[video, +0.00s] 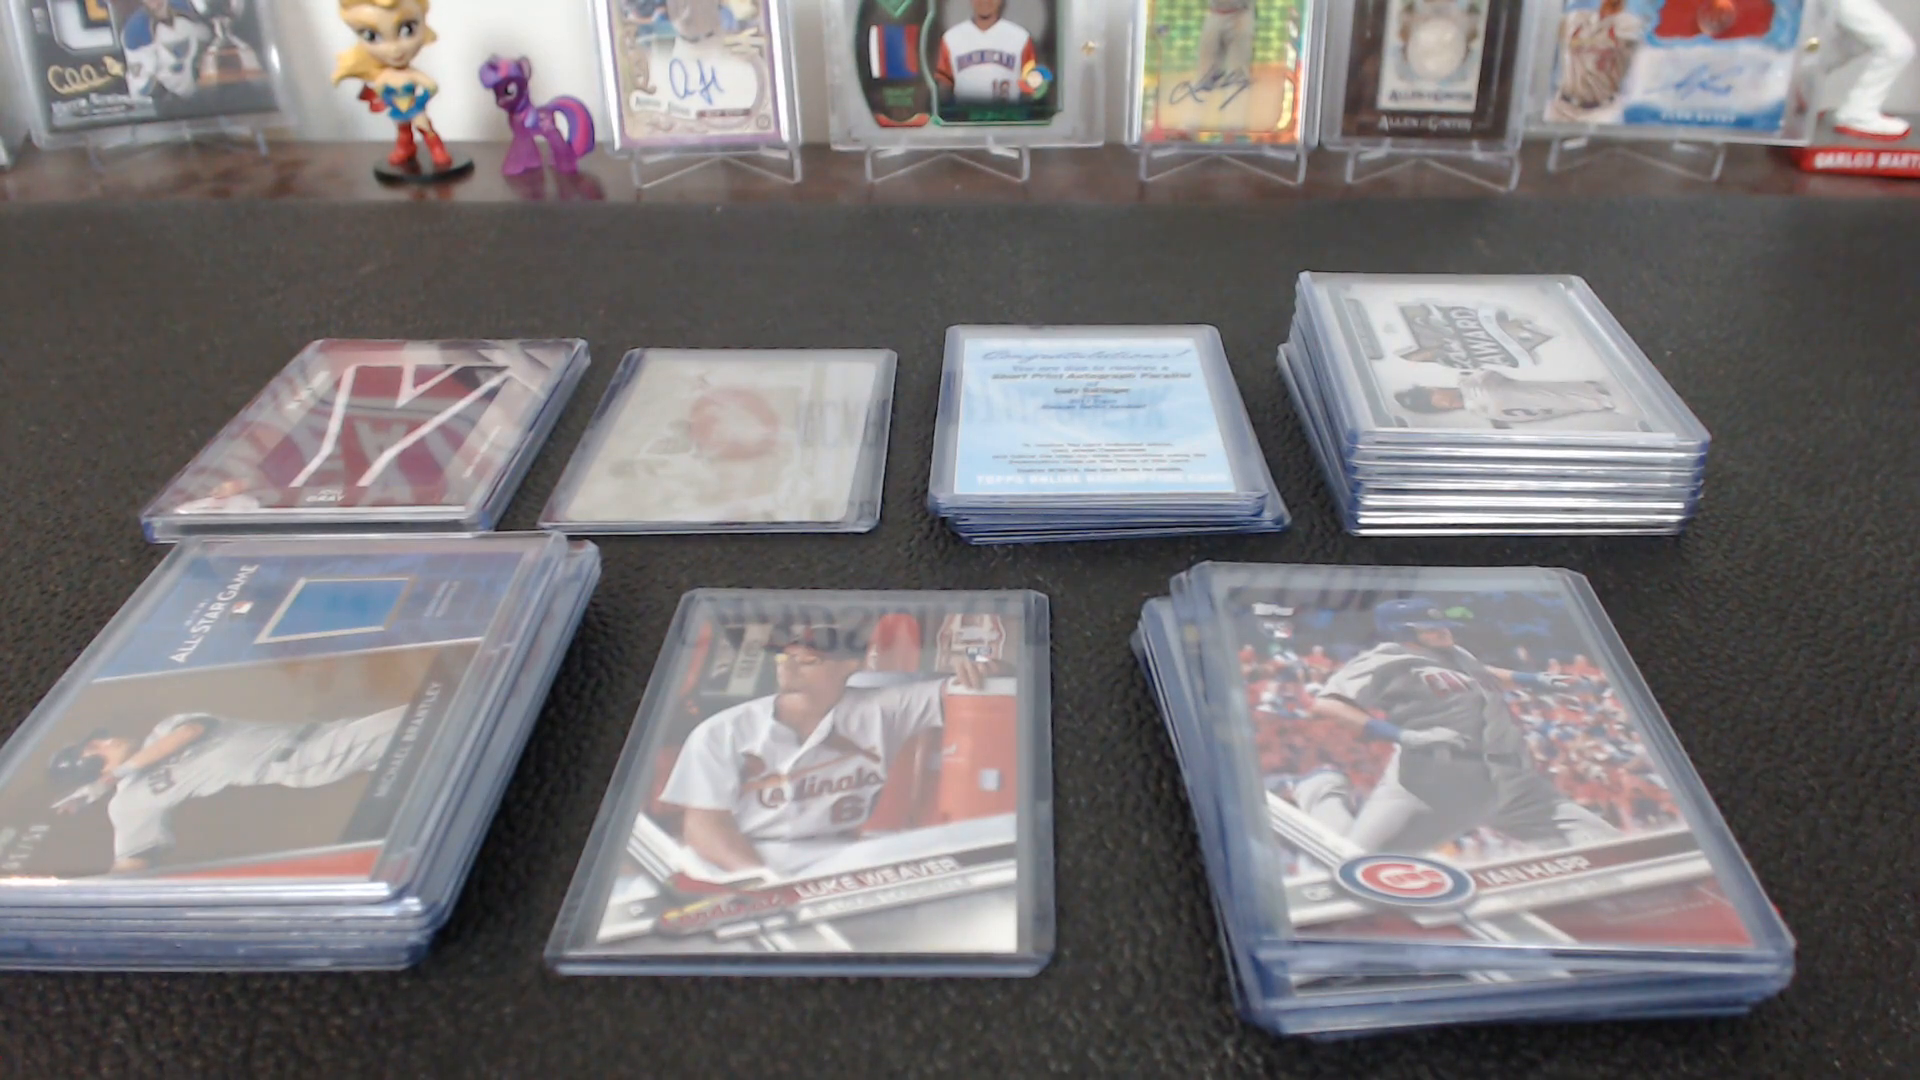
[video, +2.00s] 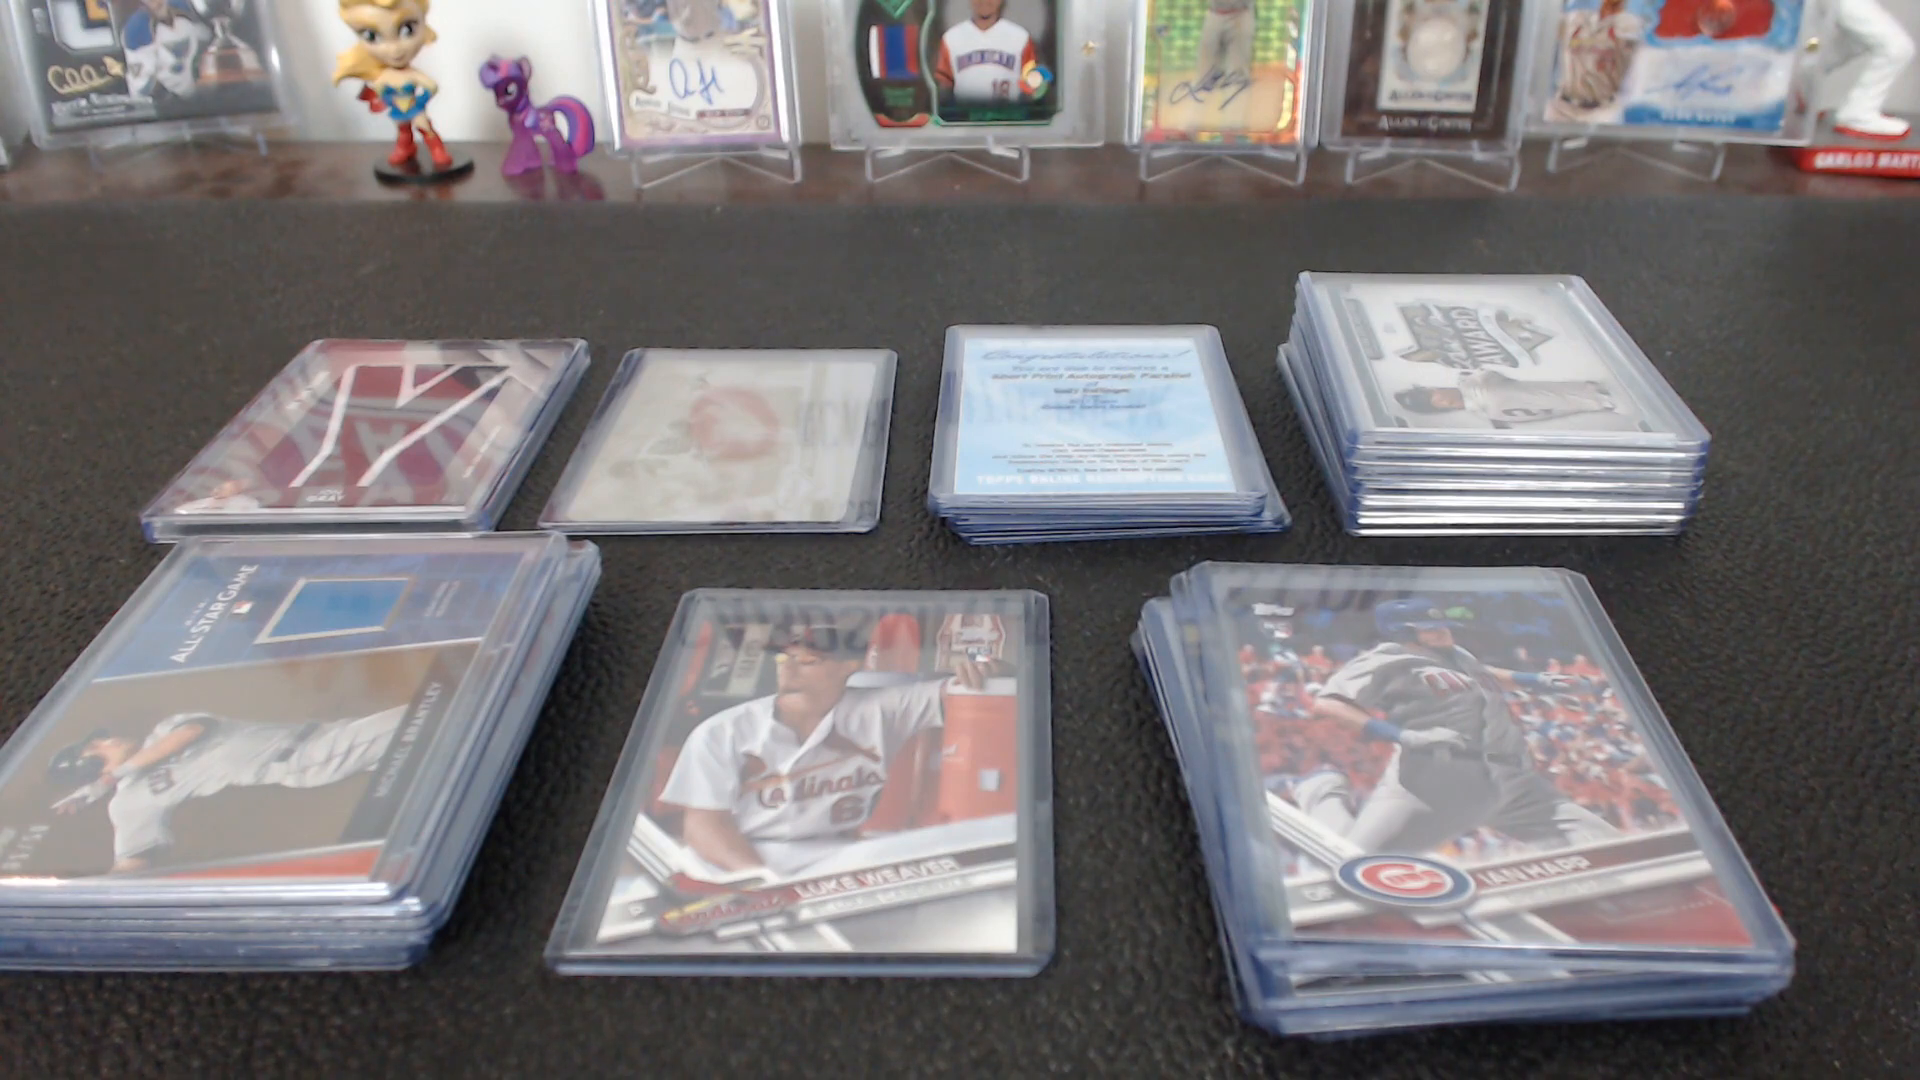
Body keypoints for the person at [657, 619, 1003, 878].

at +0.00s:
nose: (800, 654)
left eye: (821, 646)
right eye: (790, 643)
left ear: (854, 662)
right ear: (776, 655)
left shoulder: (876, 713)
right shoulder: (720, 735)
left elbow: (959, 690)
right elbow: (703, 830)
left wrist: (972, 674)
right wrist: (768, 884)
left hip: (830, 868)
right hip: (730, 873)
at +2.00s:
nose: (793, 660)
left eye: (814, 650)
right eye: (786, 648)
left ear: (853, 664)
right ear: (775, 657)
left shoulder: (875, 714)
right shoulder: (720, 736)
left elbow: (957, 690)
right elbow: (703, 829)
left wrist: (973, 672)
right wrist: (768, 884)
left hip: (827, 868)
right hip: (729, 871)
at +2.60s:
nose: (793, 657)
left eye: (816, 647)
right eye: (786, 644)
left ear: (854, 663)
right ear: (775, 654)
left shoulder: (875, 715)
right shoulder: (719, 735)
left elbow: (958, 690)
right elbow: (702, 831)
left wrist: (974, 669)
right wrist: (768, 884)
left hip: (828, 874)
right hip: (726, 879)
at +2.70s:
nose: (792, 660)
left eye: (814, 650)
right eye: (786, 647)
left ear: (852, 665)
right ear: (776, 657)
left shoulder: (874, 716)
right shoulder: (719, 736)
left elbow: (952, 691)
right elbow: (703, 830)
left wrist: (972, 674)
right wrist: (767, 883)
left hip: (828, 872)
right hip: (728, 876)